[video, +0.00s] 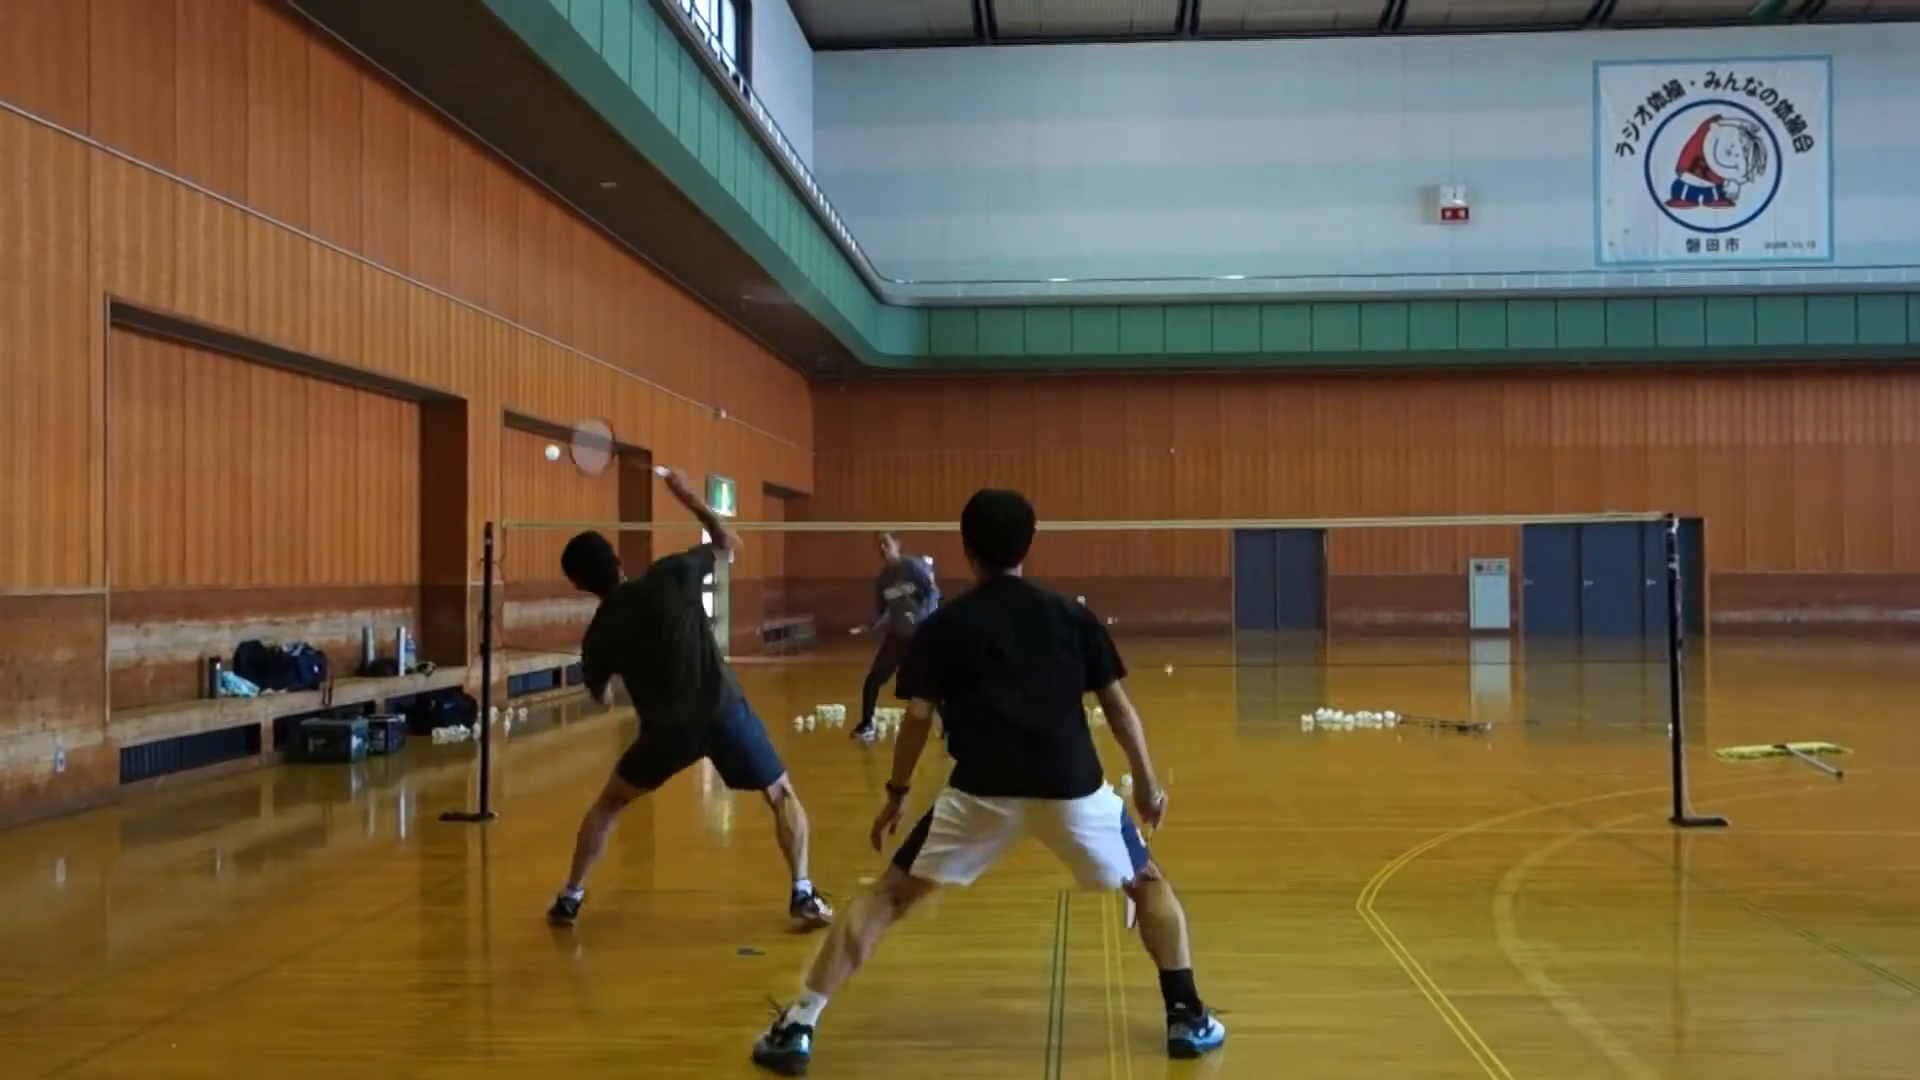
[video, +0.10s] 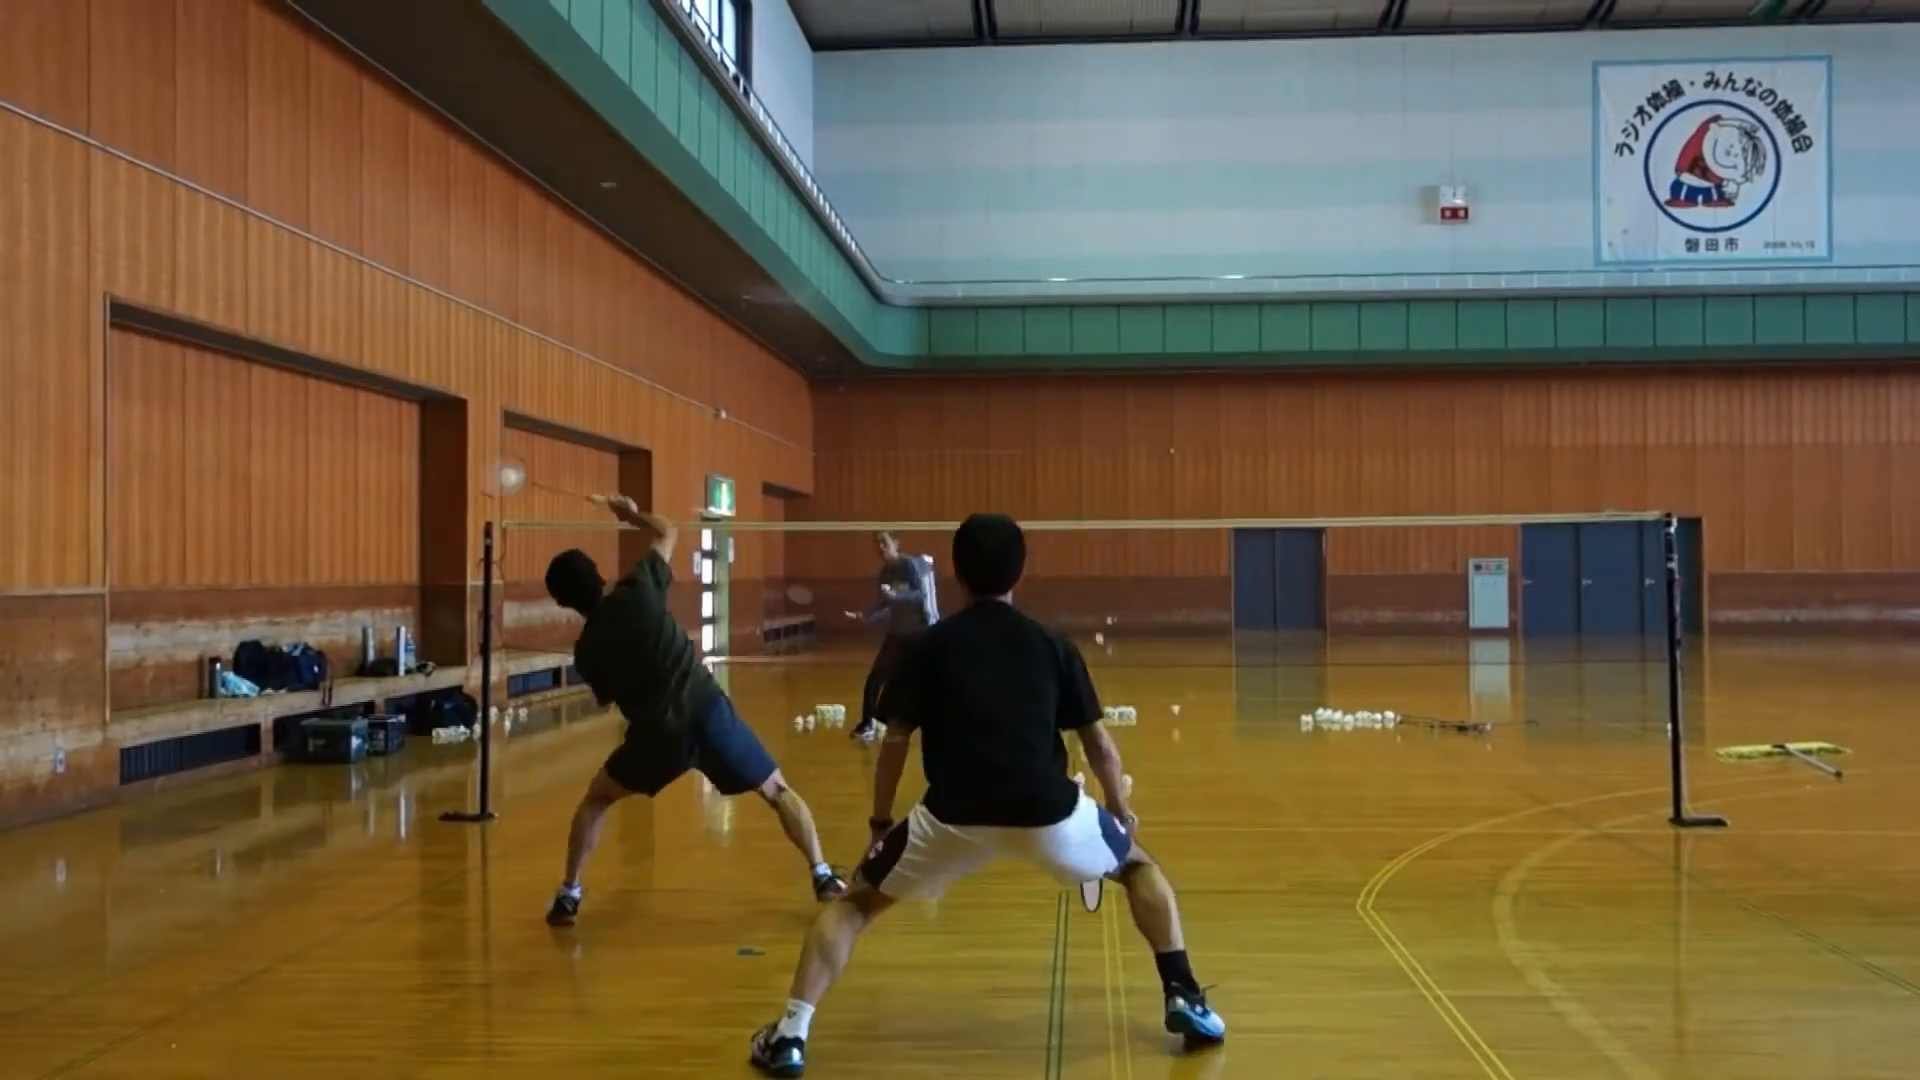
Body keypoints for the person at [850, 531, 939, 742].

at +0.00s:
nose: (884, 549)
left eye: (887, 543)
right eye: (881, 545)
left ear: (897, 544)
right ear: (878, 549)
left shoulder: (915, 567)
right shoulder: (882, 580)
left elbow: (933, 594)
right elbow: (883, 612)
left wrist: (920, 617)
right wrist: (870, 627)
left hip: (922, 636)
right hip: (897, 637)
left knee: (934, 683)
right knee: (872, 681)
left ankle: (947, 724)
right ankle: (866, 724)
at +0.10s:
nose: (881, 547)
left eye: (884, 542)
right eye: (878, 544)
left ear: (896, 543)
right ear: (876, 547)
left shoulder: (911, 564)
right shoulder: (885, 574)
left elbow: (922, 594)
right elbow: (887, 607)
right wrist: (865, 617)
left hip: (919, 633)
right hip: (897, 633)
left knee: (917, 679)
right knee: (876, 678)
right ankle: (868, 722)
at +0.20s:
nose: (881, 547)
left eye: (885, 543)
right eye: (878, 543)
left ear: (896, 543)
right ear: (876, 546)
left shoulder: (908, 564)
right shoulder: (885, 570)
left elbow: (908, 592)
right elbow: (887, 601)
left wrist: (880, 578)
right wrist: (861, 610)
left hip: (916, 631)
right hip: (898, 631)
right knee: (879, 677)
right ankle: (867, 722)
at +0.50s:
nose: (890, 548)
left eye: (893, 543)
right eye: (887, 544)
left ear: (905, 543)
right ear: (886, 547)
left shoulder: (923, 565)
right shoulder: (888, 579)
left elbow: (920, 596)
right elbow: (883, 609)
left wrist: (893, 608)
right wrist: (849, 621)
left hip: (931, 629)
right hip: (907, 631)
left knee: (937, 674)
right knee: (886, 675)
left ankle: (948, 722)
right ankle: (868, 721)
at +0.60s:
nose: (895, 547)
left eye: (898, 541)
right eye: (891, 543)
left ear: (908, 542)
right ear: (889, 546)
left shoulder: (926, 565)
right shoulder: (890, 573)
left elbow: (936, 595)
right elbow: (881, 599)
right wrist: (874, 622)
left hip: (927, 630)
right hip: (902, 632)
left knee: (940, 676)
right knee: (885, 677)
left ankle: (953, 725)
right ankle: (867, 723)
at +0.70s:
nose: (896, 544)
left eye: (899, 539)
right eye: (892, 540)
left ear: (909, 541)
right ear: (890, 545)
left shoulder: (927, 563)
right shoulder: (890, 574)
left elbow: (946, 591)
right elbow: (894, 602)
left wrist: (941, 617)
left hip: (930, 629)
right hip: (905, 630)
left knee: (940, 676)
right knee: (885, 674)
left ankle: (950, 721)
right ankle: (867, 717)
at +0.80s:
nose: (898, 545)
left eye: (901, 540)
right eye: (894, 542)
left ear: (910, 542)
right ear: (891, 546)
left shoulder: (928, 563)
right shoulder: (892, 574)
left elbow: (949, 587)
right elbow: (901, 599)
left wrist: (950, 614)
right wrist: (927, 608)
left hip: (930, 627)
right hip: (906, 629)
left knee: (937, 674)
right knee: (894, 672)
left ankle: (949, 719)